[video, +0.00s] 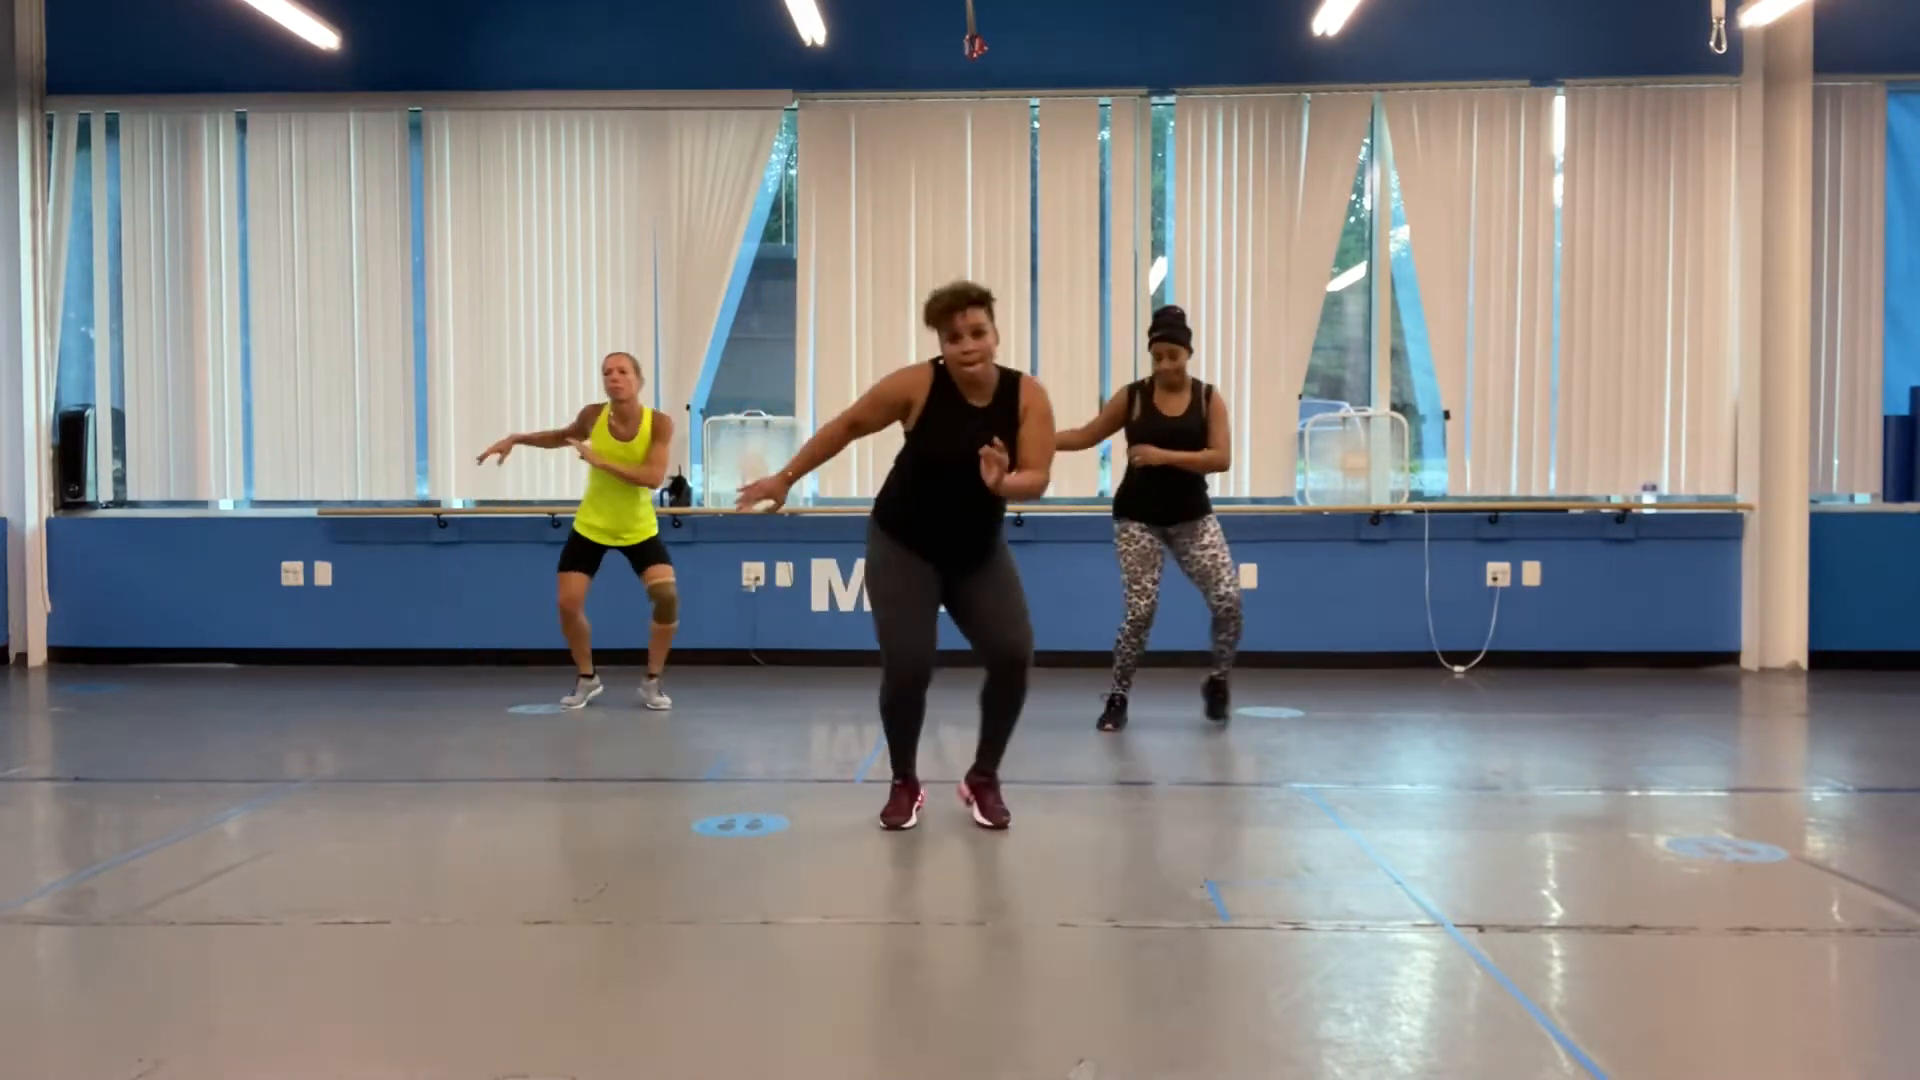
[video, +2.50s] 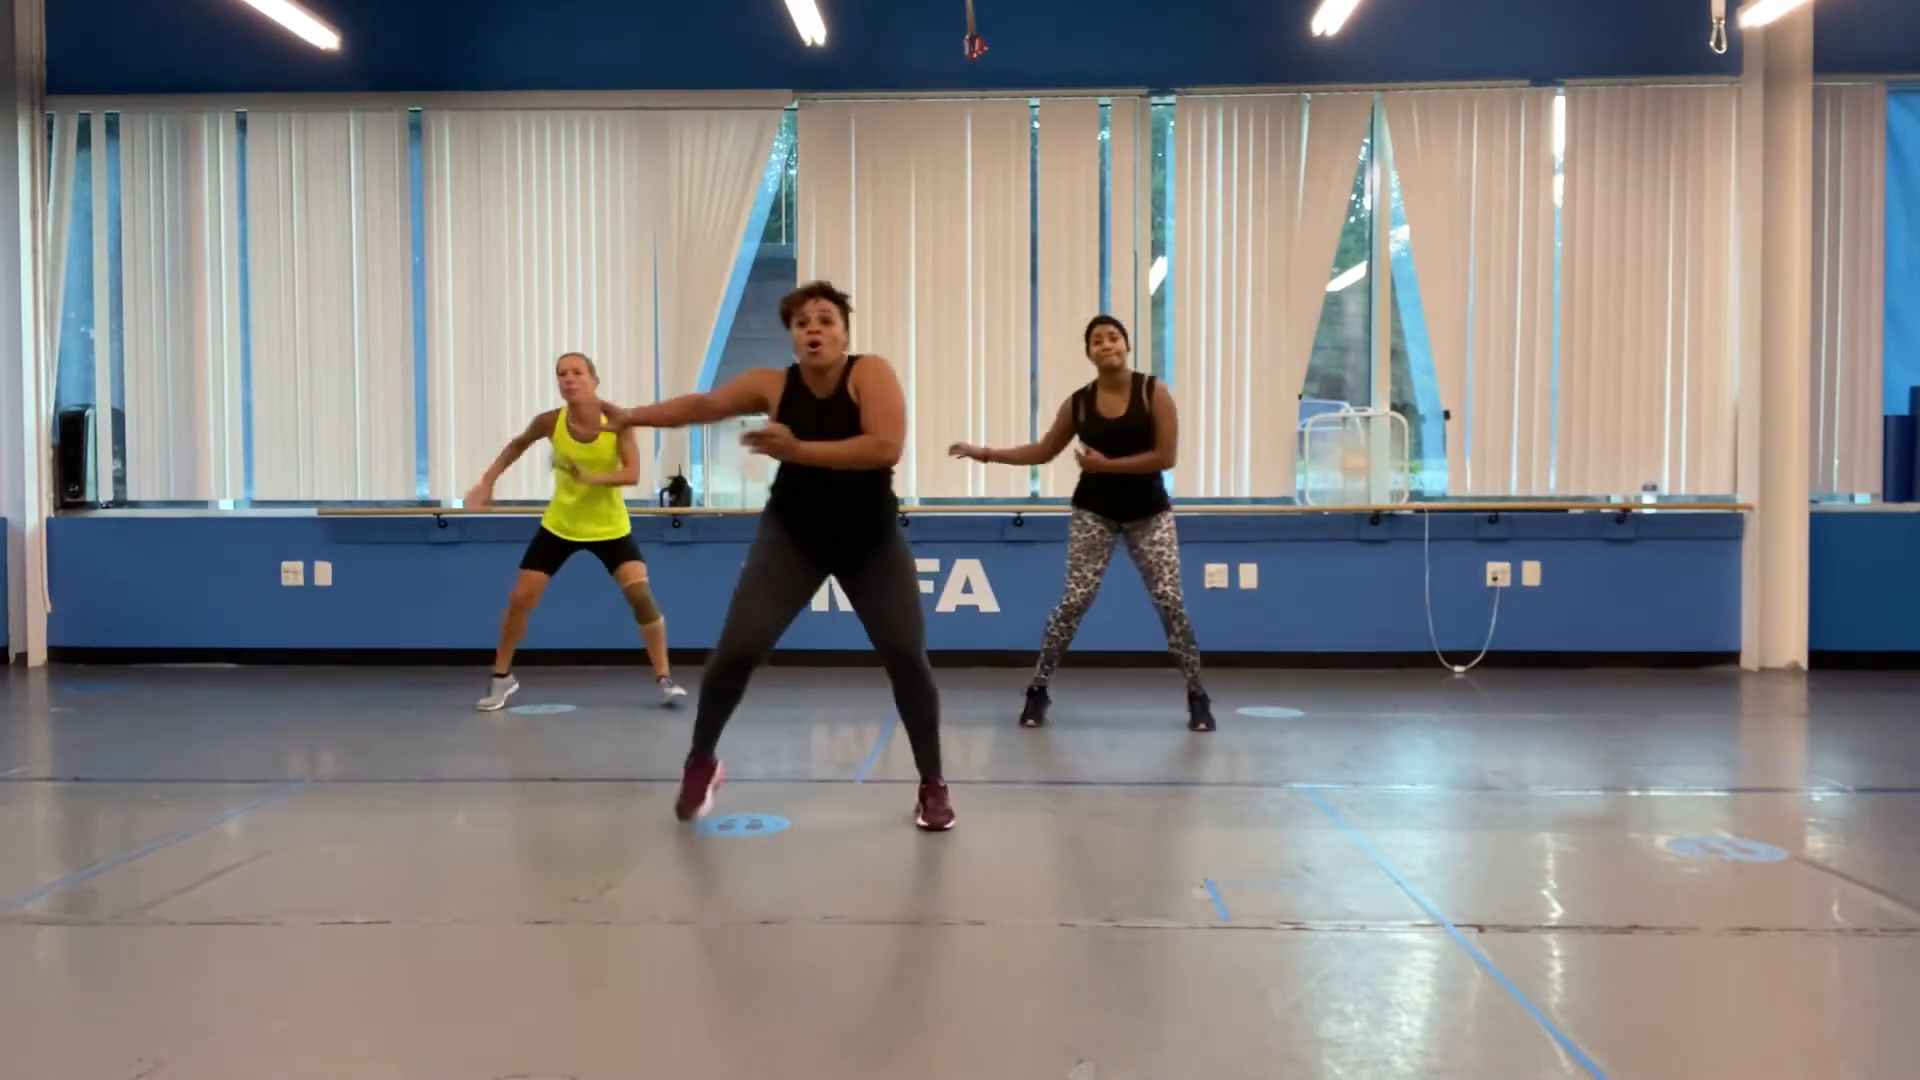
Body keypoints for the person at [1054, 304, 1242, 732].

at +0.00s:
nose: (1166, 364)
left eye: (1174, 355)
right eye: (1159, 356)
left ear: (1188, 353)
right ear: (1150, 356)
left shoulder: (1208, 398)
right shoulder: (1131, 398)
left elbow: (1220, 459)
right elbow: (1085, 436)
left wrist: (1163, 455)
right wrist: (1037, 439)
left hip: (1192, 518)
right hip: (1137, 518)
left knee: (1228, 600)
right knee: (1141, 610)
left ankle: (1219, 683)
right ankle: (1118, 697)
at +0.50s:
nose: (1194, 360)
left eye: (1201, 352)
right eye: (1186, 354)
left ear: (1216, 355)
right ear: (1178, 361)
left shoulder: (1243, 403)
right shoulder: (1166, 415)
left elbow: (1279, 460)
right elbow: (1160, 486)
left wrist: (1315, 508)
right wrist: (1185, 531)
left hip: (1240, 524)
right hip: (1184, 524)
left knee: (1254, 610)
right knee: (1156, 606)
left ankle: (1283, 702)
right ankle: (1136, 689)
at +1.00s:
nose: (1172, 354)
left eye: (1180, 347)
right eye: (1163, 350)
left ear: (1193, 356)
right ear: (1153, 362)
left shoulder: (1217, 407)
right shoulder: (1136, 410)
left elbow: (1234, 466)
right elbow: (1086, 444)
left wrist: (1207, 509)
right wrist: (1059, 476)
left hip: (1199, 519)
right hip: (1145, 520)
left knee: (1220, 603)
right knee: (1137, 608)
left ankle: (1244, 687)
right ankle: (1112, 696)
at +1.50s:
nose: (1175, 342)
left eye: (1182, 336)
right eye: (1166, 338)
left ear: (1195, 346)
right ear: (1156, 351)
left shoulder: (1216, 395)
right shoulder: (1141, 404)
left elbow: (1258, 444)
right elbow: (1134, 471)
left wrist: (1310, 477)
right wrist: (1191, 483)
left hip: (1213, 518)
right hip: (1156, 519)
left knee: (1228, 607)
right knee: (1132, 601)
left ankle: (1264, 700)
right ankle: (1115, 681)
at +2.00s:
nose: (1100, 341)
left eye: (1108, 335)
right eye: (1093, 335)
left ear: (1119, 346)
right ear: (1080, 346)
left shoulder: (1138, 390)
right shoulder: (1064, 398)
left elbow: (1192, 419)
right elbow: (1059, 455)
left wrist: (1245, 434)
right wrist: (1108, 422)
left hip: (1148, 515)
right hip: (1092, 518)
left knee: (1168, 604)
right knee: (1071, 602)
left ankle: (1205, 693)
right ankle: (1044, 694)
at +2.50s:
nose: (1107, 345)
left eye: (1113, 338)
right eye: (1098, 342)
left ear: (1127, 346)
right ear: (1089, 354)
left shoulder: (1155, 395)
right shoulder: (1077, 404)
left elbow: (1166, 458)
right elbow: (1043, 452)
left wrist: (1106, 465)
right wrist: (985, 454)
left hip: (1149, 512)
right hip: (1094, 513)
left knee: (1169, 601)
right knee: (1076, 599)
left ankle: (1197, 697)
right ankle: (1037, 692)